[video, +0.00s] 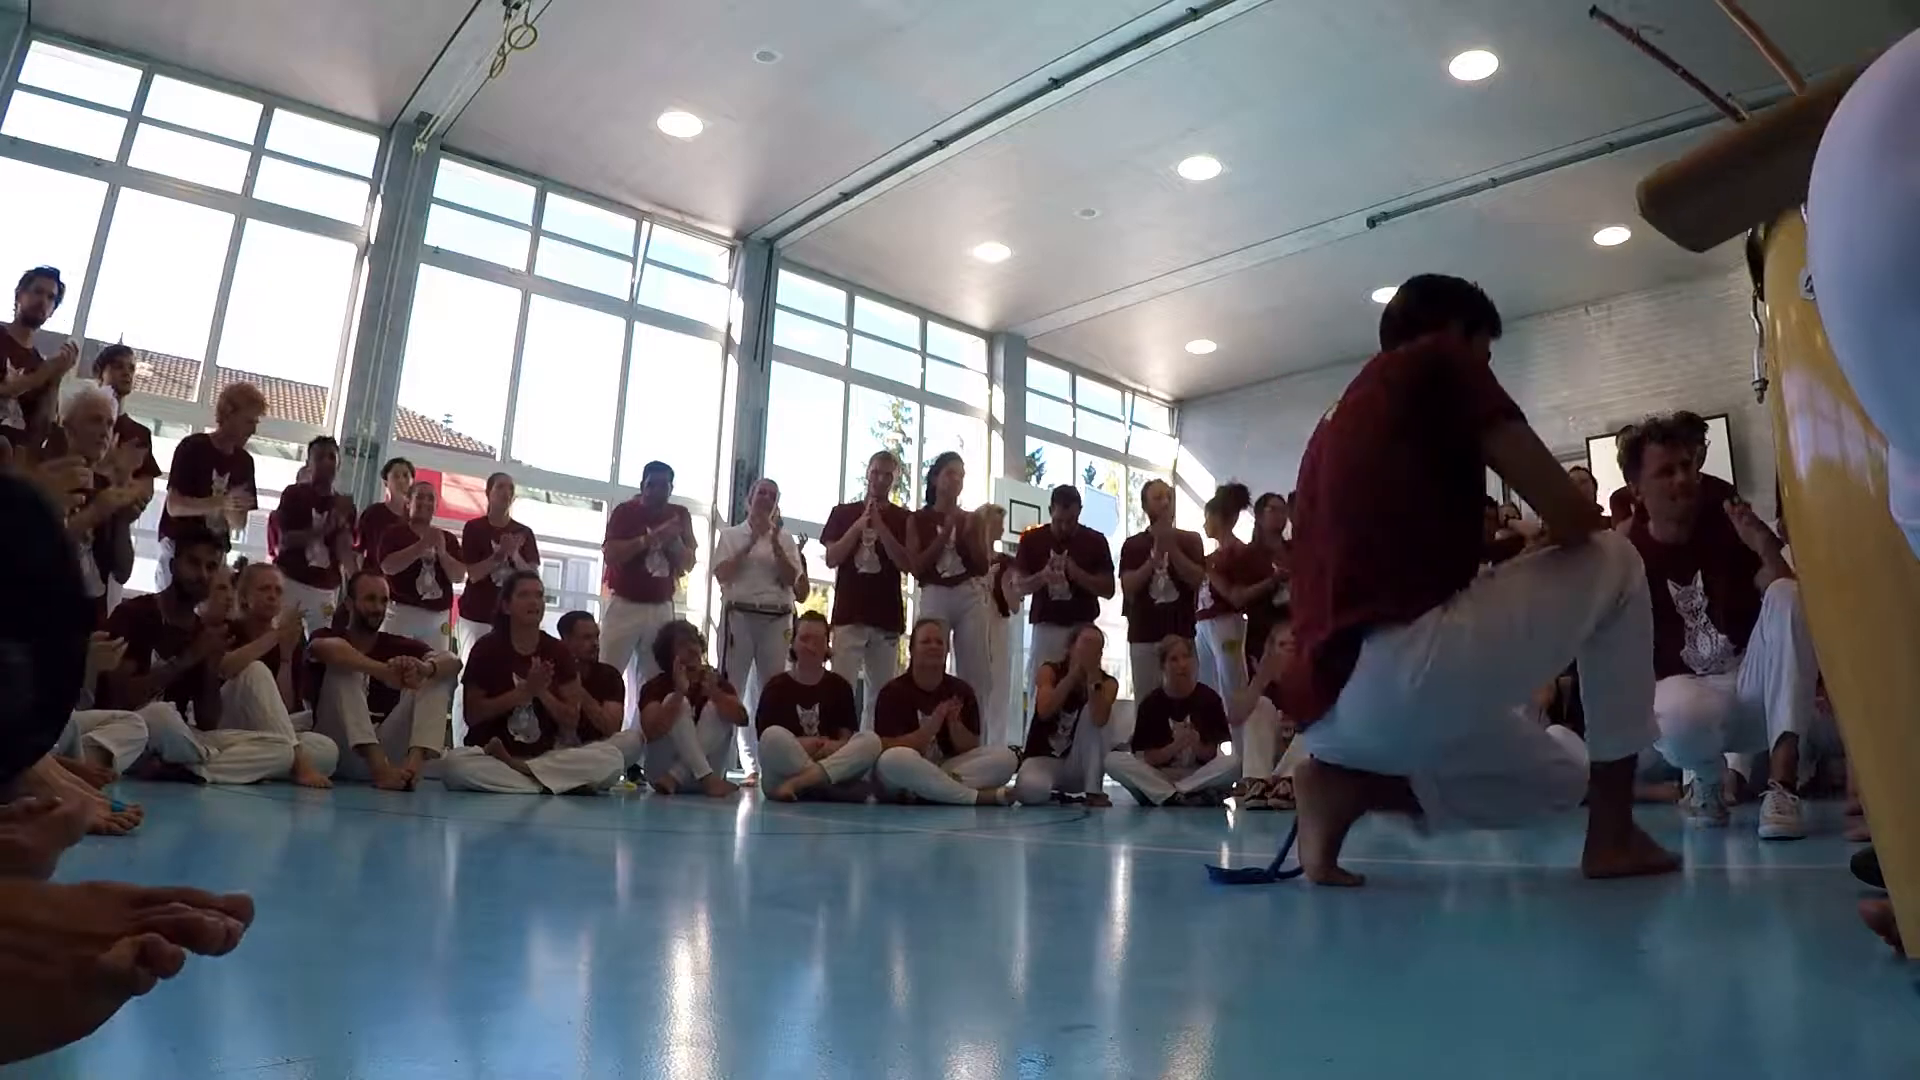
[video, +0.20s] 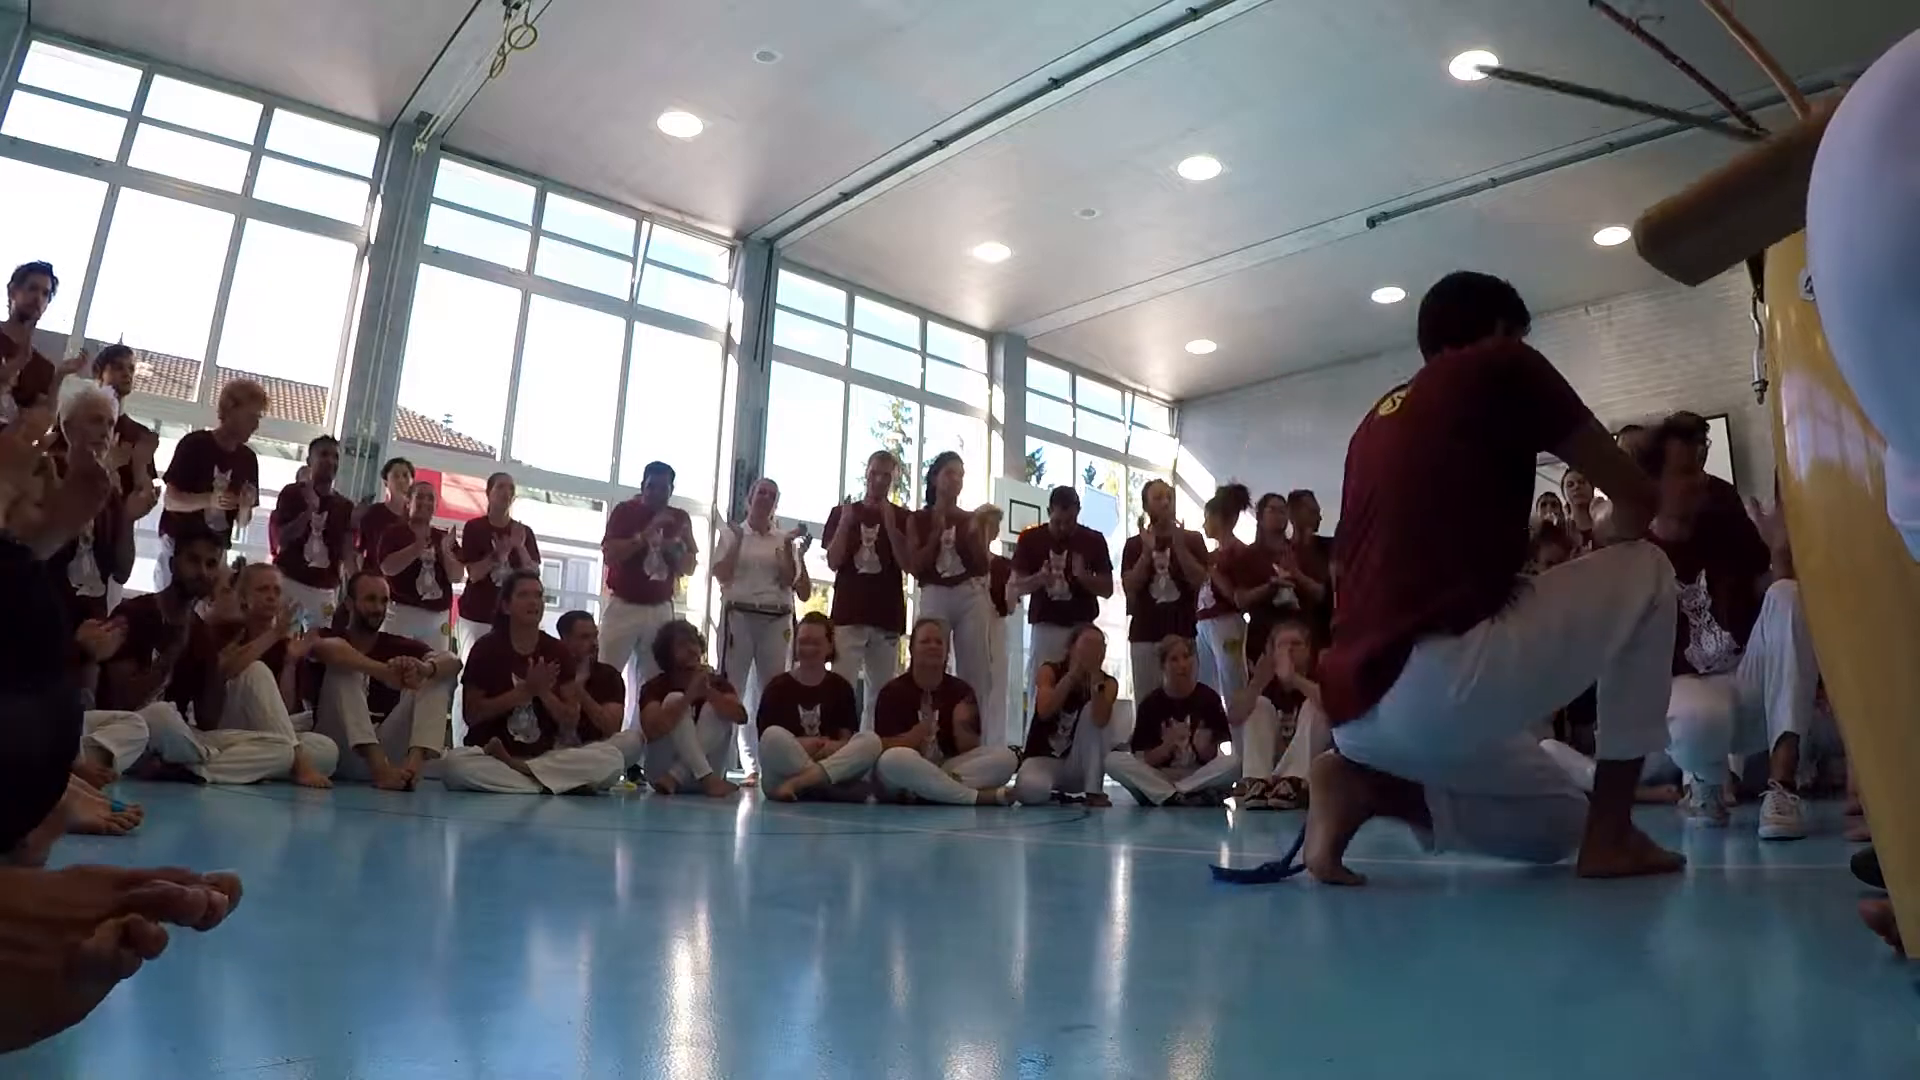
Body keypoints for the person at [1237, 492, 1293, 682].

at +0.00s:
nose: (1278, 515)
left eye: (1282, 510)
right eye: (1272, 509)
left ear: (1287, 517)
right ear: (1258, 516)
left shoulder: (1295, 552)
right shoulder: (1246, 556)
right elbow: (1238, 597)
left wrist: (1293, 575)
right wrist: (1274, 580)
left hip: (1296, 631)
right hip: (1260, 632)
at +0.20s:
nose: (1278, 515)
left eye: (1282, 511)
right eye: (1272, 510)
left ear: (1288, 516)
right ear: (1259, 516)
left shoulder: (1300, 552)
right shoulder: (1246, 557)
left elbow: (1321, 593)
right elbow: (1241, 600)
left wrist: (1296, 575)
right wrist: (1271, 585)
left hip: (1300, 634)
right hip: (1262, 633)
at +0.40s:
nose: (1314, 517)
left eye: (1315, 511)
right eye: (1306, 512)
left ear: (1318, 514)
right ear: (1292, 516)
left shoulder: (1329, 545)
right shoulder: (1281, 549)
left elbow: (1335, 582)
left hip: (1323, 628)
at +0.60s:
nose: (1279, 514)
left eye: (1286, 509)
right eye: (1274, 510)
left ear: (1297, 514)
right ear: (1270, 517)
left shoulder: (1316, 550)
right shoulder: (1263, 553)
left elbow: (1327, 589)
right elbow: (1254, 600)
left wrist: (1292, 578)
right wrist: (1268, 583)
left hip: (1310, 626)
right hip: (1271, 627)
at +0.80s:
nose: (1282, 514)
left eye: (1288, 508)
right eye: (1277, 509)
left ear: (1299, 513)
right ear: (1274, 517)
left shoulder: (1319, 549)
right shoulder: (1264, 555)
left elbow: (1329, 590)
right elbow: (1257, 602)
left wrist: (1289, 579)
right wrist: (1272, 585)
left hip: (1312, 628)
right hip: (1273, 629)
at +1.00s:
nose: (1286, 512)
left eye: (1292, 508)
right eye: (1281, 508)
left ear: (1302, 515)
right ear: (1273, 517)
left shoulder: (1320, 548)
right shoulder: (1262, 555)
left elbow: (1332, 590)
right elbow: (1254, 603)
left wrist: (1299, 576)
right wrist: (1269, 592)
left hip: (1315, 627)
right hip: (1275, 630)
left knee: (1314, 688)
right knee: (1275, 689)